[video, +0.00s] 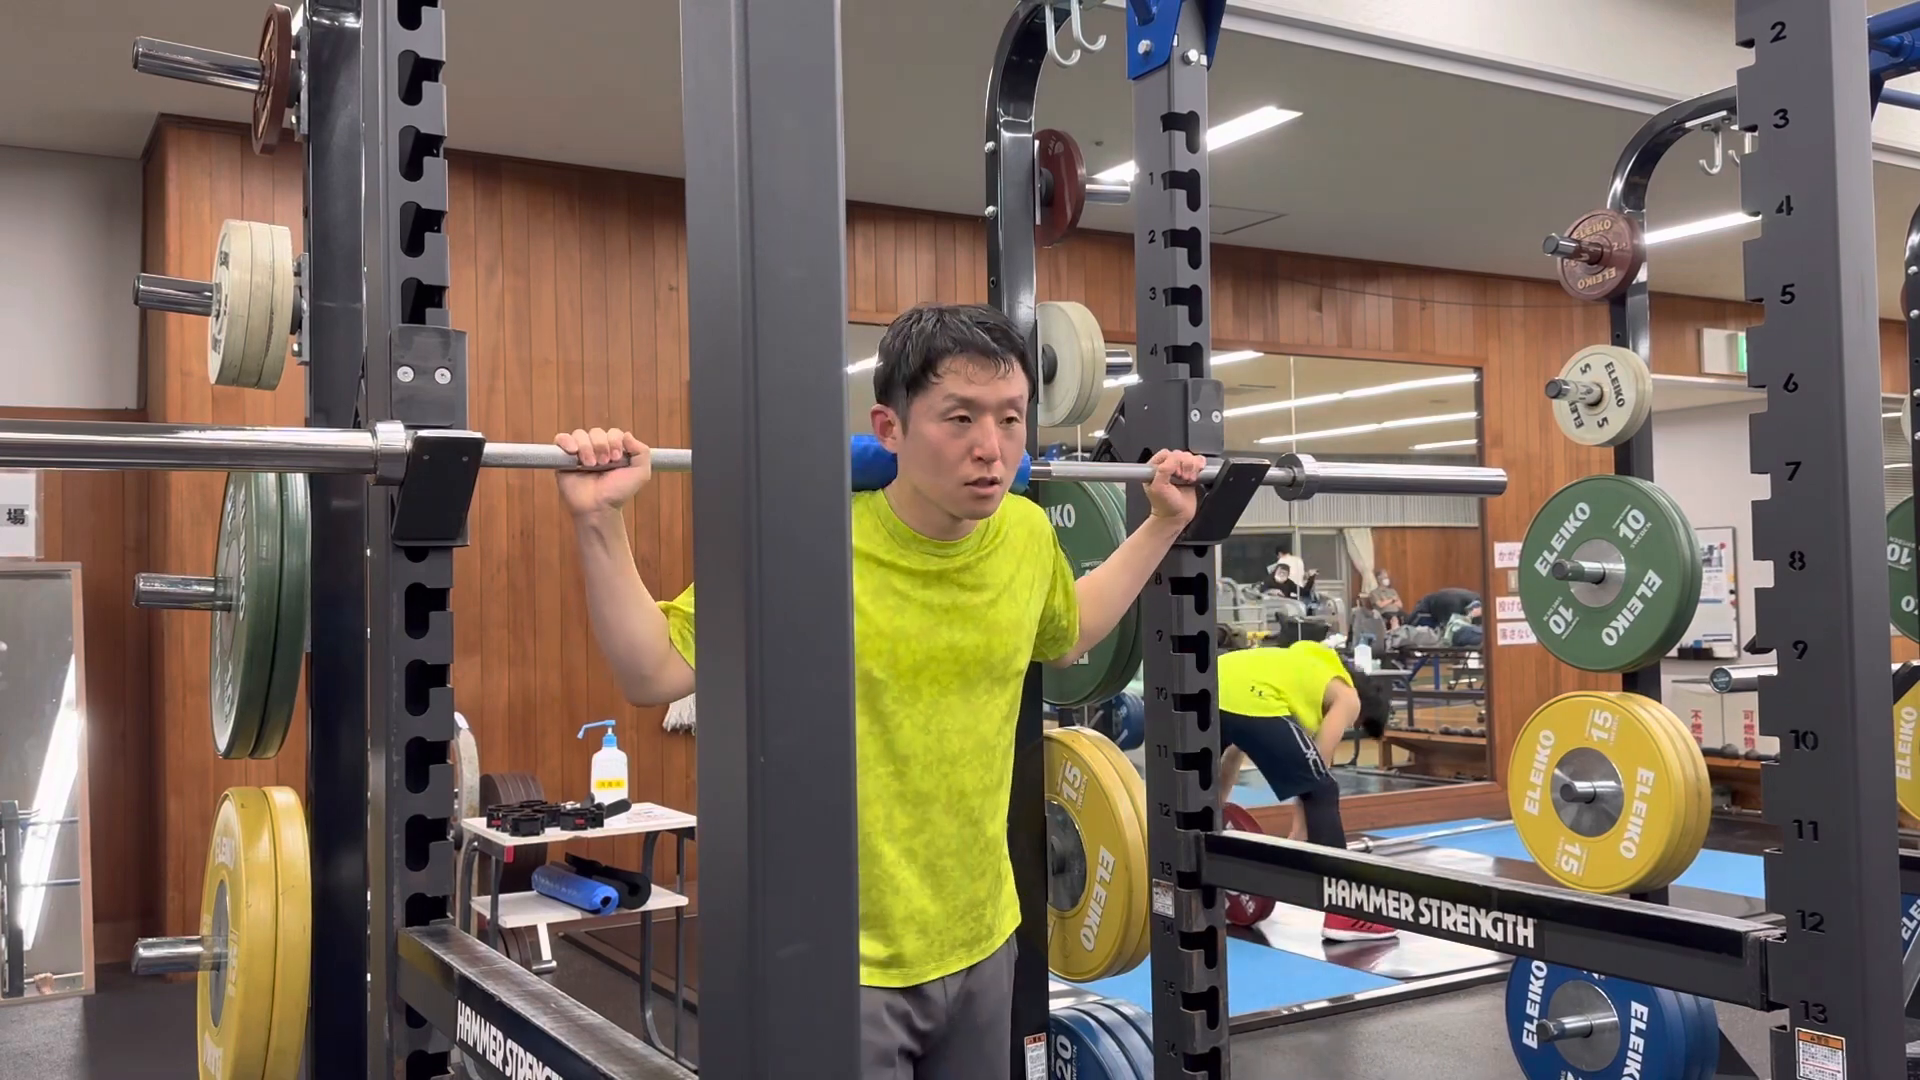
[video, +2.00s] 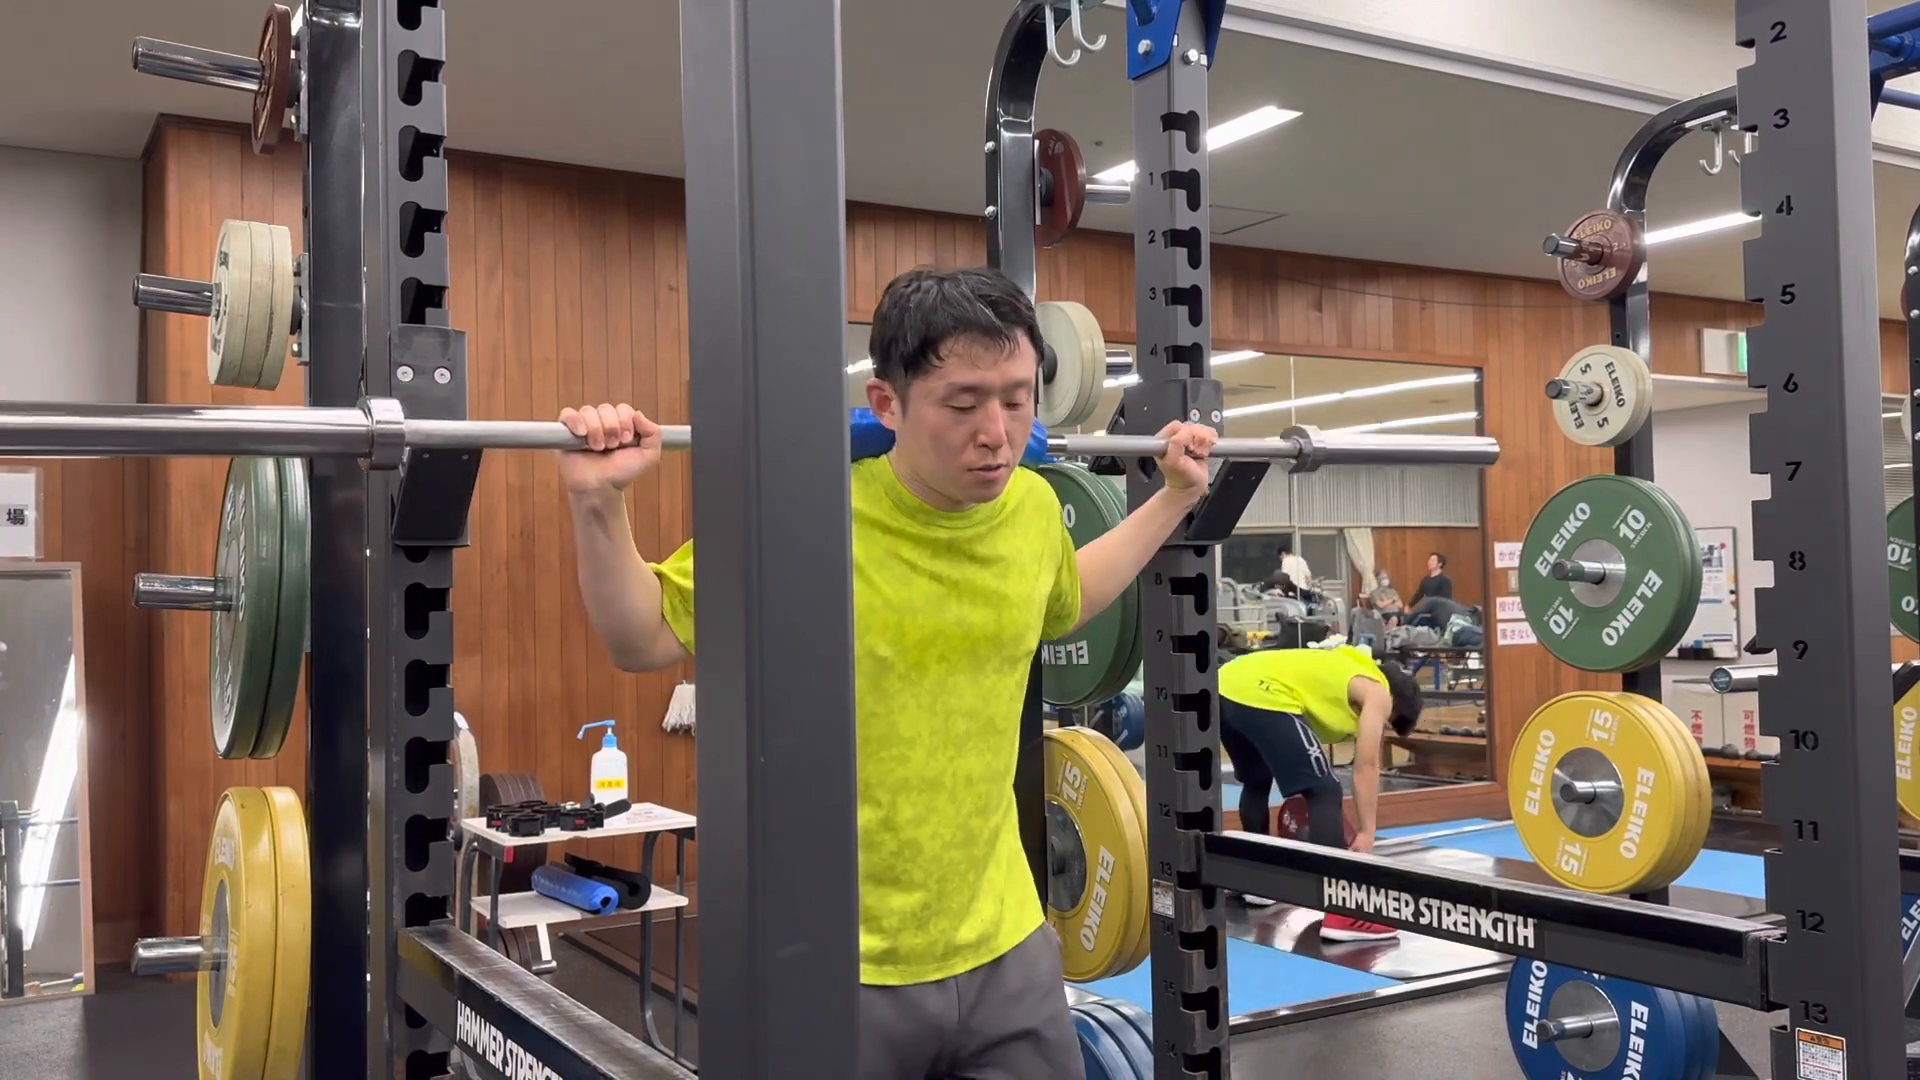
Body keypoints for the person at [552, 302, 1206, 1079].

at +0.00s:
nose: (990, 449)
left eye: (1009, 420)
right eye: (959, 417)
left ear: (1027, 428)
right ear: (890, 424)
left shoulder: (1025, 533)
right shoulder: (815, 541)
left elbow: (1064, 634)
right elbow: (654, 671)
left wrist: (1163, 527)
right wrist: (599, 523)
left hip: (983, 948)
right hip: (846, 965)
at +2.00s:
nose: (995, 434)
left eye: (1015, 401)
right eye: (962, 404)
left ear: (1036, 398)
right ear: (887, 402)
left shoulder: (1031, 507)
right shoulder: (813, 517)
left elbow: (1062, 599)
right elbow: (644, 638)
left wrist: (1174, 499)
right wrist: (597, 505)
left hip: (1009, 954)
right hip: (851, 977)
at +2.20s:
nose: (1037, 455)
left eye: (1057, 422)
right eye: (1004, 424)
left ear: (1076, 417)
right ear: (924, 419)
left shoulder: (1072, 524)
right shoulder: (842, 532)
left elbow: (1089, 621)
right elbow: (671, 658)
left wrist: (1206, 520)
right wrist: (631, 521)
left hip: (1036, 973)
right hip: (874, 994)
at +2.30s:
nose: (1074, 462)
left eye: (1092, 428)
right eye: (1039, 430)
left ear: (1111, 420)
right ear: (958, 428)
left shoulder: (1103, 536)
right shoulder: (865, 548)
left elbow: (1124, 639)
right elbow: (704, 678)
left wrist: (1240, 531)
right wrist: (666, 536)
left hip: (1074, 984)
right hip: (909, 1007)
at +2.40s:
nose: (1085, 463)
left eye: (1106, 428)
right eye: (1051, 431)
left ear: (1125, 416)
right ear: (971, 424)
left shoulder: (1116, 535)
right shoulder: (874, 545)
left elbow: (1137, 640)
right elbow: (712, 679)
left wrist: (1255, 532)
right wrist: (677, 535)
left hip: (1080, 984)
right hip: (917, 1005)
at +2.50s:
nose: (1094, 463)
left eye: (1114, 429)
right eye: (1060, 431)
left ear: (1134, 418)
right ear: (979, 420)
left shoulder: (1122, 535)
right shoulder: (878, 542)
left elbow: (1144, 640)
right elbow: (712, 675)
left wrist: (1260, 535)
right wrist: (675, 528)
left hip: (1078, 987)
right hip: (914, 1005)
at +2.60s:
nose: (1095, 470)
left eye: (1117, 436)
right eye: (1063, 436)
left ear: (1137, 421)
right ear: (980, 419)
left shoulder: (1118, 540)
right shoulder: (872, 540)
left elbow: (1144, 643)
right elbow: (704, 678)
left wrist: (1260, 537)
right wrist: (669, 527)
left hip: (1073, 989)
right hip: (907, 1007)